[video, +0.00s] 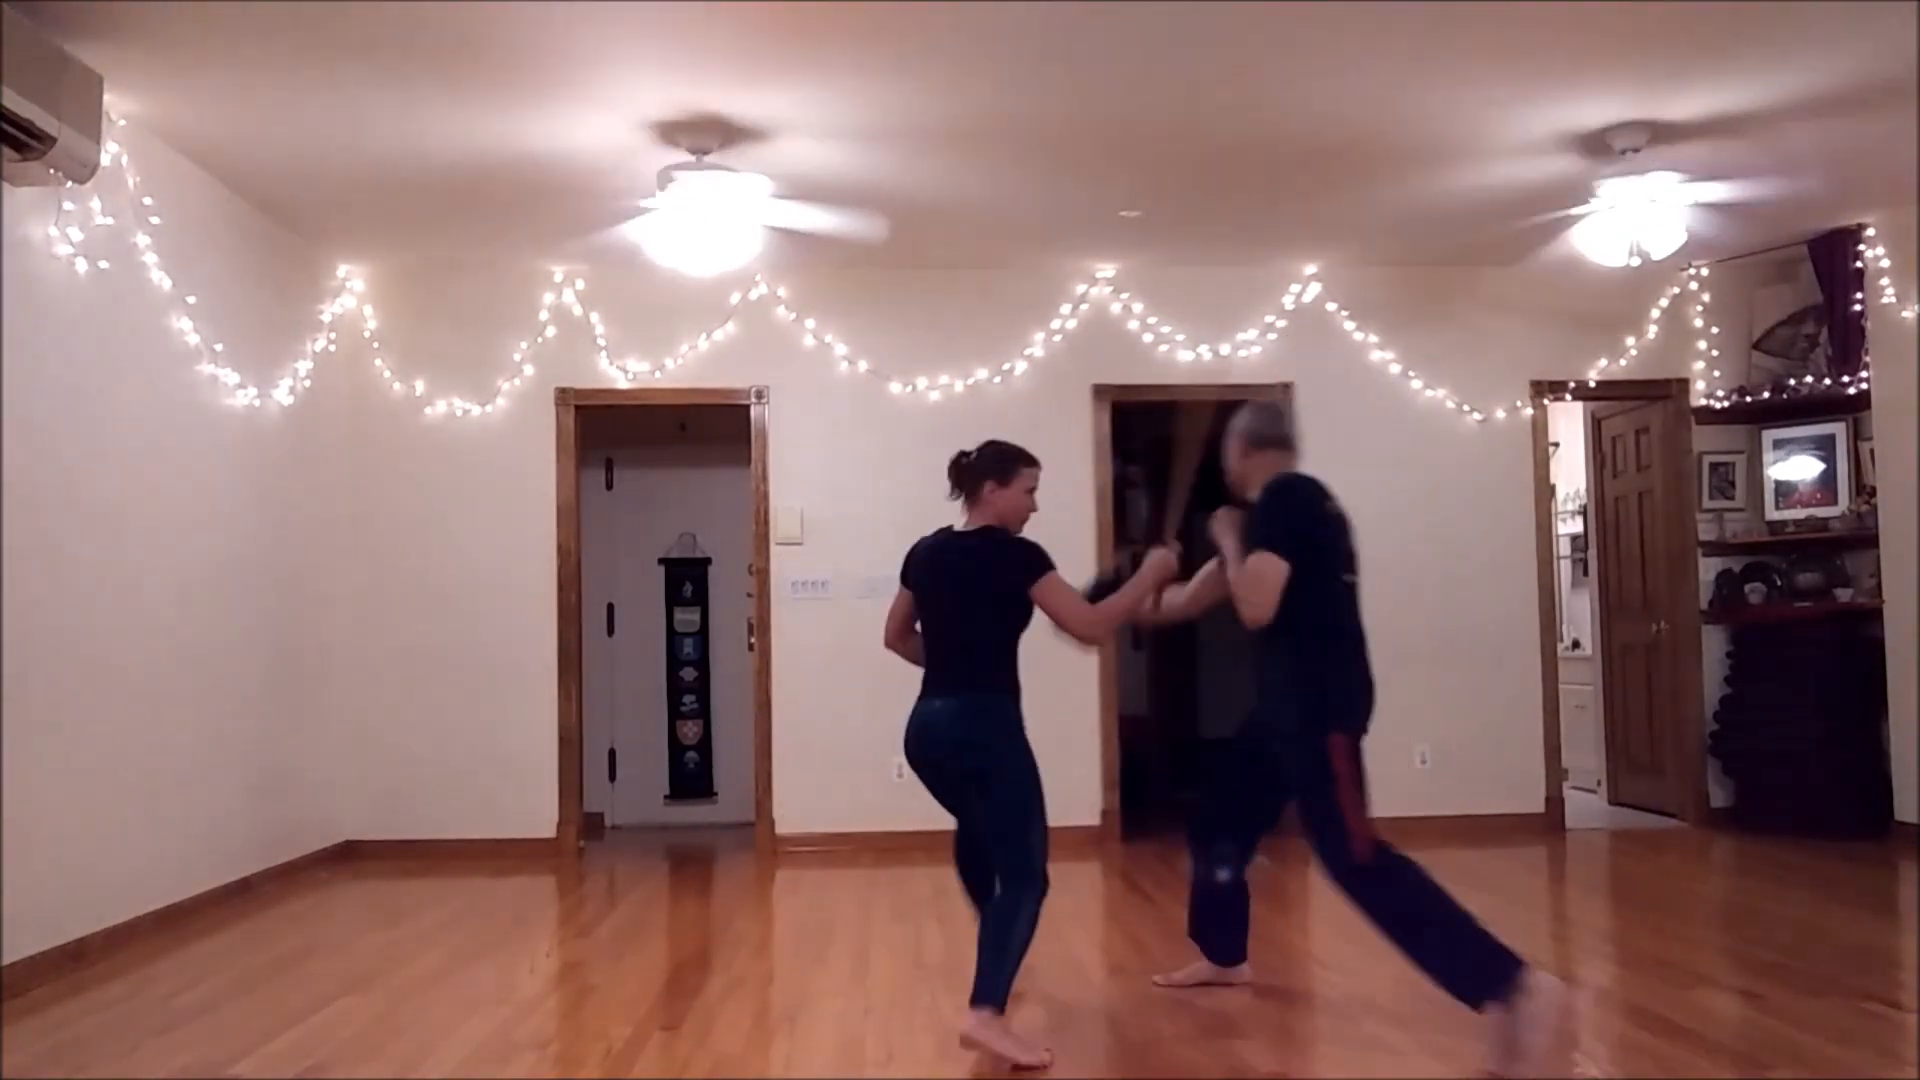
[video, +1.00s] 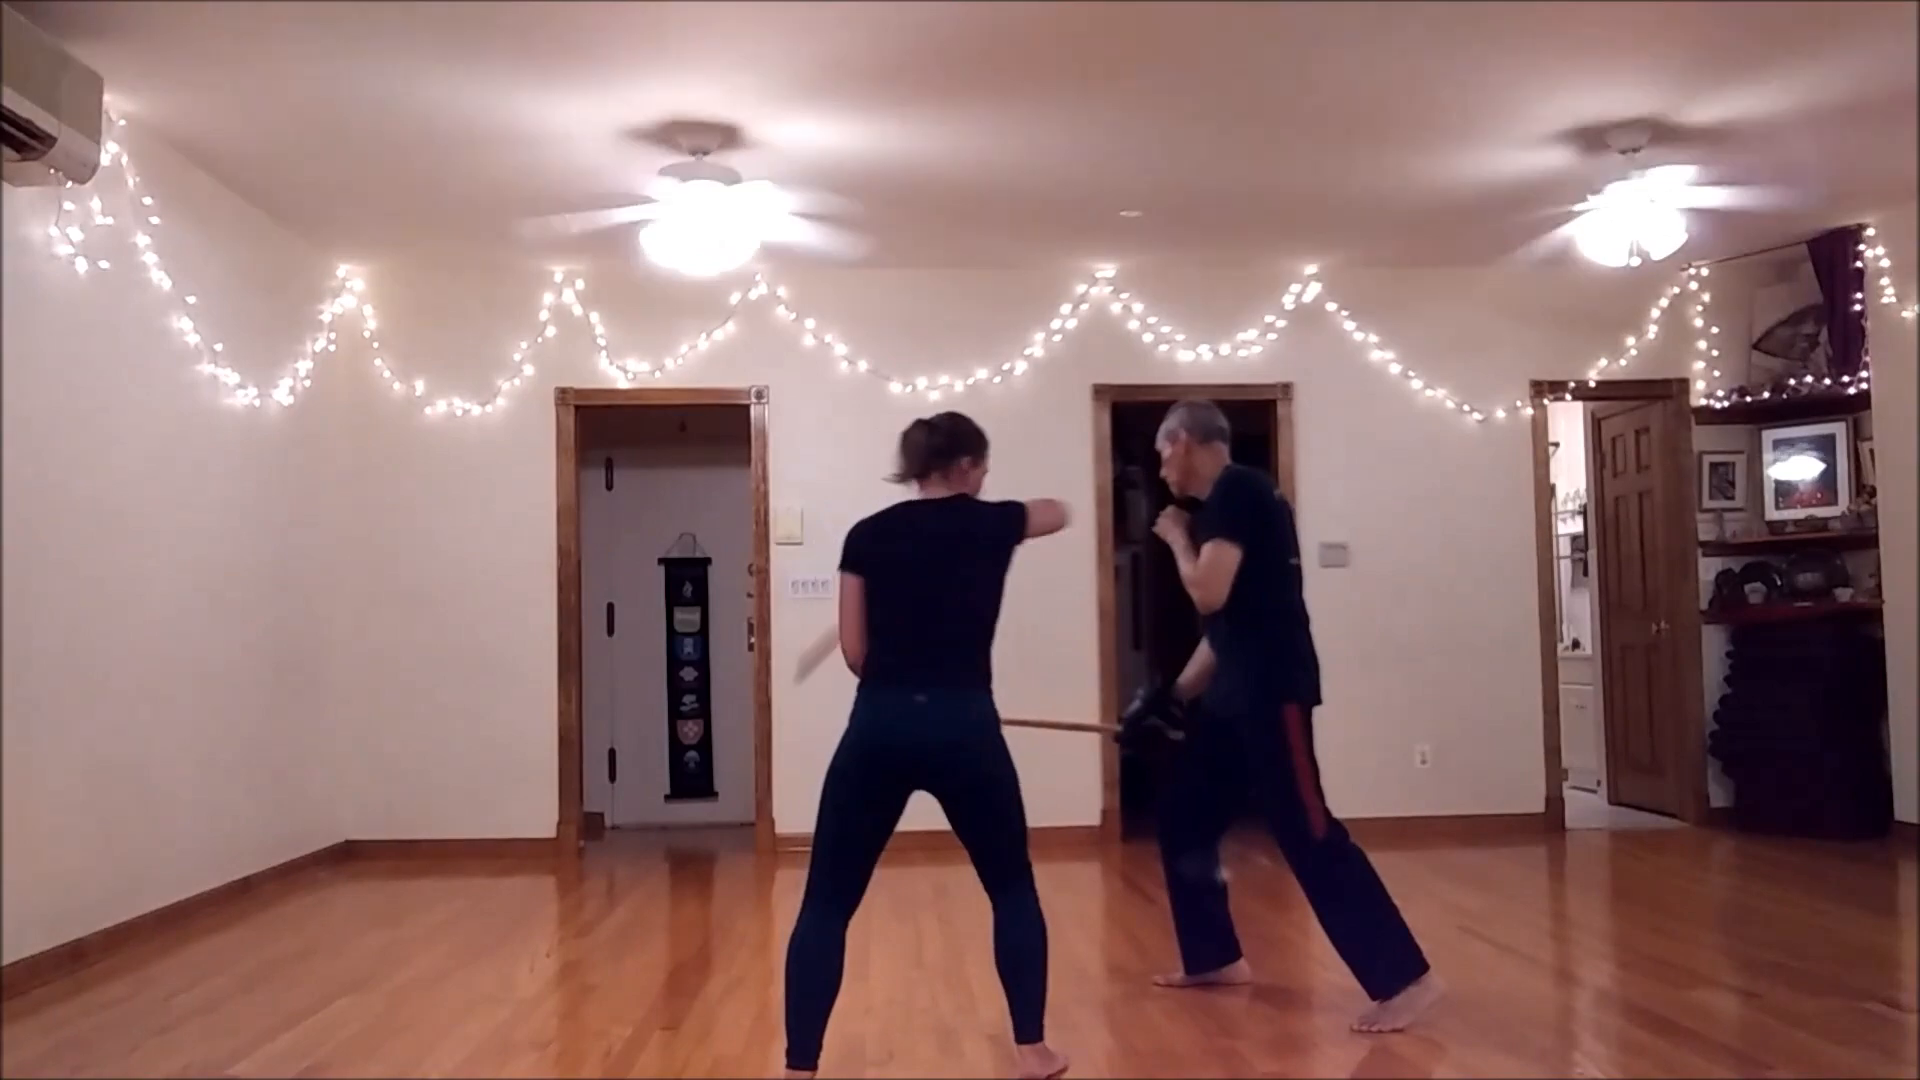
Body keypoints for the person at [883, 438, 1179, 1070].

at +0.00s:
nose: (1033, 504)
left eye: (1034, 492)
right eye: (1028, 492)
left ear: (979, 494)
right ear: (991, 491)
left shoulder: (928, 551)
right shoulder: (1017, 554)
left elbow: (897, 636)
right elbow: (1090, 624)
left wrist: (947, 662)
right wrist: (1148, 577)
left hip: (928, 731)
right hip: (990, 732)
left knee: (974, 827)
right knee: (1027, 876)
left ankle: (999, 930)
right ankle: (985, 1013)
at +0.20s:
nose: (1027, 494)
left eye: (1028, 482)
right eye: (1025, 482)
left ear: (969, 477)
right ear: (1000, 478)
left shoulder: (912, 536)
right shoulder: (1021, 542)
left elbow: (891, 637)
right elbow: (1074, 634)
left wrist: (963, 653)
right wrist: (1127, 621)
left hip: (922, 725)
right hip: (997, 724)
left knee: (925, 857)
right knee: (1025, 881)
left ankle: (878, 978)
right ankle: (980, 1035)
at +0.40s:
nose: (1008, 483)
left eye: (1008, 473)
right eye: (1008, 473)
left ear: (944, 468)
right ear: (990, 472)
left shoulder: (886, 519)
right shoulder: (1004, 541)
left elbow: (856, 623)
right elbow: (1043, 647)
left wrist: (912, 645)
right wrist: (1092, 654)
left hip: (895, 718)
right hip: (976, 721)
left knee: (842, 877)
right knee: (1008, 878)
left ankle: (795, 1037)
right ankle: (980, 1038)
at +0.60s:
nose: (975, 481)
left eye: (976, 472)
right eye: (975, 471)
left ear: (910, 461)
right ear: (961, 467)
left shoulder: (852, 512)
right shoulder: (973, 535)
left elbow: (806, 613)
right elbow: (984, 653)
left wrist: (862, 656)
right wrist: (975, 707)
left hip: (867, 717)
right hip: (950, 719)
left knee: (824, 890)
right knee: (993, 877)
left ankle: (796, 1062)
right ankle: (985, 1038)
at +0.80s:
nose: (953, 481)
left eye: (952, 472)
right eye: (952, 471)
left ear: (885, 469)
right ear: (936, 467)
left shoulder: (835, 533)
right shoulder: (962, 521)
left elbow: (828, 651)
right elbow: (1021, 608)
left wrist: (883, 684)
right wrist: (973, 668)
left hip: (862, 721)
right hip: (947, 718)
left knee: (820, 897)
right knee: (1000, 879)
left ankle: (798, 1063)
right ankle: (1029, 1041)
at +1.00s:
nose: (983, 477)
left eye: (983, 469)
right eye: (982, 468)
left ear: (912, 468)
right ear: (970, 467)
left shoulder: (868, 533)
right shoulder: (992, 521)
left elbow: (854, 650)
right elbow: (1059, 513)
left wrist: (896, 685)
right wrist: (985, 515)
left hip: (878, 733)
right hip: (965, 734)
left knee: (828, 901)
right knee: (1012, 888)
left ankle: (800, 1065)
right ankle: (1031, 1047)